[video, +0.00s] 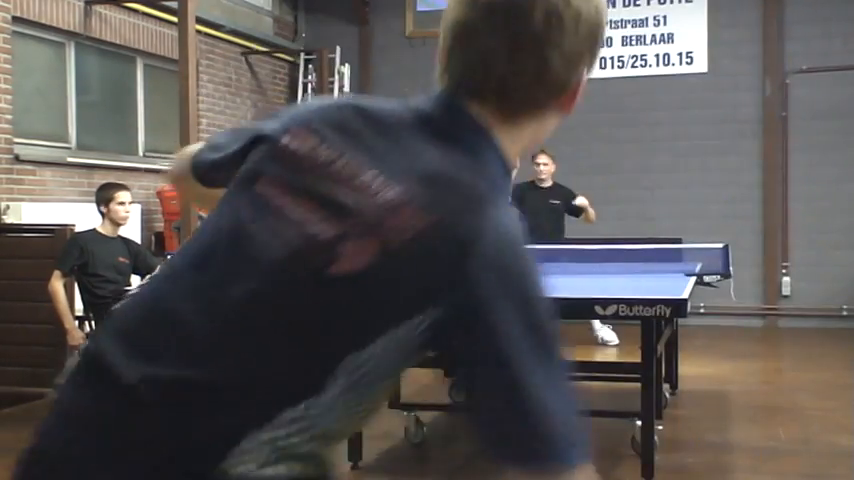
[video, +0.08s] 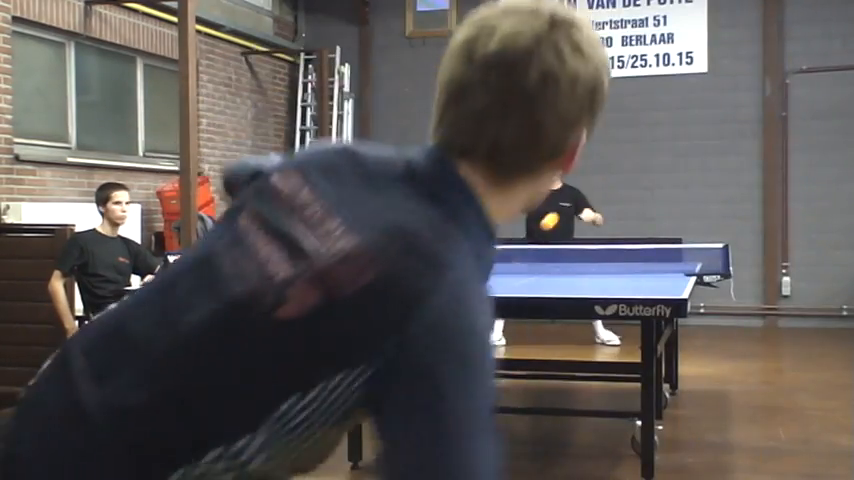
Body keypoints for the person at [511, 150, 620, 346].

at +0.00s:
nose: (540, 168)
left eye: (545, 164)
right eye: (537, 164)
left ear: (554, 167)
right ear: (532, 167)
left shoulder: (562, 192)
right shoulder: (520, 191)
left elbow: (590, 220)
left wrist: (587, 208)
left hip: (557, 252)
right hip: (528, 252)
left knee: (581, 283)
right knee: (521, 289)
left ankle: (598, 325)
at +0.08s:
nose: (552, 174)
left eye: (555, 169)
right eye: (548, 169)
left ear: (560, 171)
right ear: (538, 171)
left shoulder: (571, 194)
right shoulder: (531, 192)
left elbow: (592, 217)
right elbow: (519, 208)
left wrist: (593, 217)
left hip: (565, 254)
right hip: (533, 253)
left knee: (586, 285)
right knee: (508, 282)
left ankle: (599, 329)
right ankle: (497, 328)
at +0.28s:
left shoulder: (590, 187)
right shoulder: (547, 191)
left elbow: (614, 213)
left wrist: (606, 229)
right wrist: (533, 246)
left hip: (587, 256)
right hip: (552, 255)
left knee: (600, 284)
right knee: (527, 277)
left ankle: (602, 328)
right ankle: (525, 326)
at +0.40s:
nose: (569, 165)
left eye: (573, 161)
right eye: (565, 162)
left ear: (580, 163)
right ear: (559, 165)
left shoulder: (594, 186)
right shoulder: (554, 189)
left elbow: (617, 211)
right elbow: (540, 215)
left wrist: (610, 230)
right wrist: (535, 222)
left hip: (592, 250)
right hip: (561, 251)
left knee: (604, 284)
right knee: (544, 283)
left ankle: (603, 328)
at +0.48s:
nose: (570, 165)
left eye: (573, 160)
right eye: (566, 161)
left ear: (583, 160)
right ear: (560, 163)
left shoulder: (595, 181)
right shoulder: (559, 181)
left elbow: (606, 214)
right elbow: (547, 202)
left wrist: (604, 252)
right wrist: (539, 221)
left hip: (595, 242)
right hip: (566, 241)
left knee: (603, 276)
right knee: (547, 271)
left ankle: (612, 322)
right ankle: (557, 321)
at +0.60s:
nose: (565, 171)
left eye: (569, 167)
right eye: (562, 167)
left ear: (577, 168)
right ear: (557, 170)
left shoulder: (593, 188)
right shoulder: (554, 194)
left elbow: (617, 213)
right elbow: (546, 220)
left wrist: (601, 234)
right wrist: (540, 233)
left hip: (595, 252)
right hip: (566, 254)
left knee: (613, 286)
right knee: (541, 279)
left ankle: (631, 327)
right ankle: (545, 327)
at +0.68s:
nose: (564, 180)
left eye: (567, 175)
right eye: (560, 176)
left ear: (576, 177)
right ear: (556, 180)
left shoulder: (589, 196)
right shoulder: (558, 202)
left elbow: (612, 225)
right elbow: (554, 230)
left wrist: (585, 241)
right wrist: (541, 239)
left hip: (595, 258)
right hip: (566, 260)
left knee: (612, 290)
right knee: (539, 280)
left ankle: (636, 328)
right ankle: (545, 327)